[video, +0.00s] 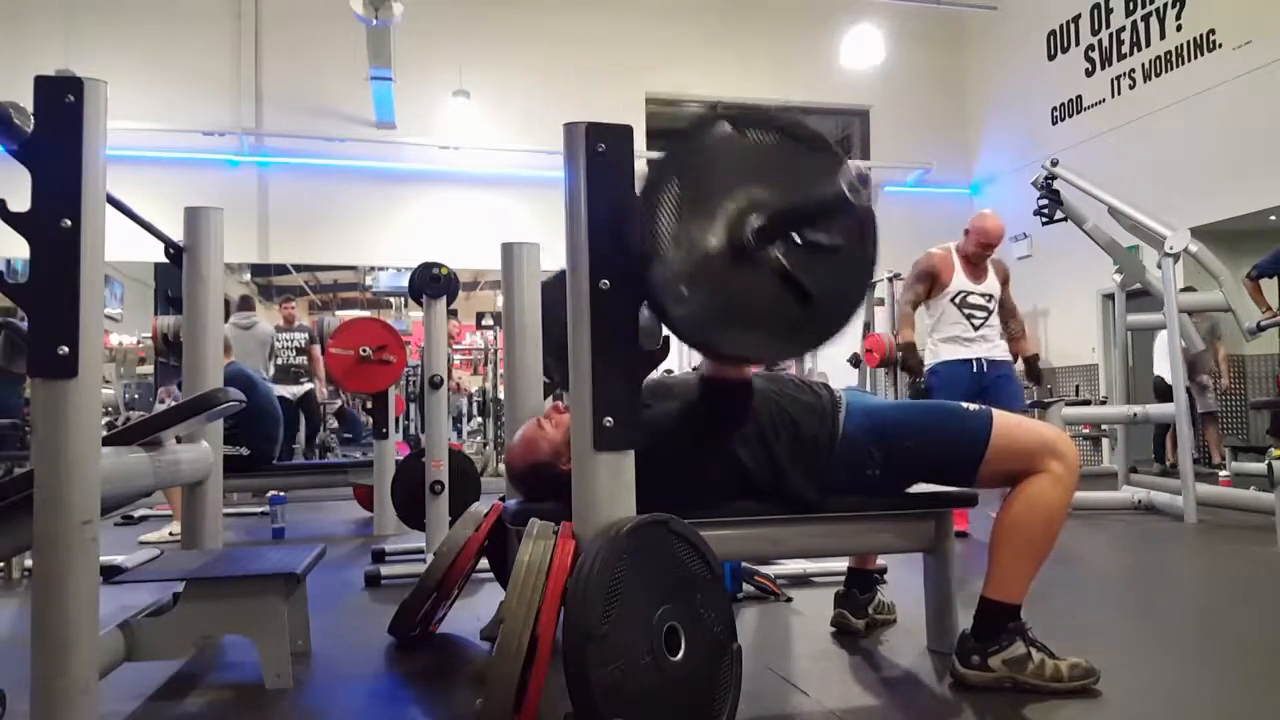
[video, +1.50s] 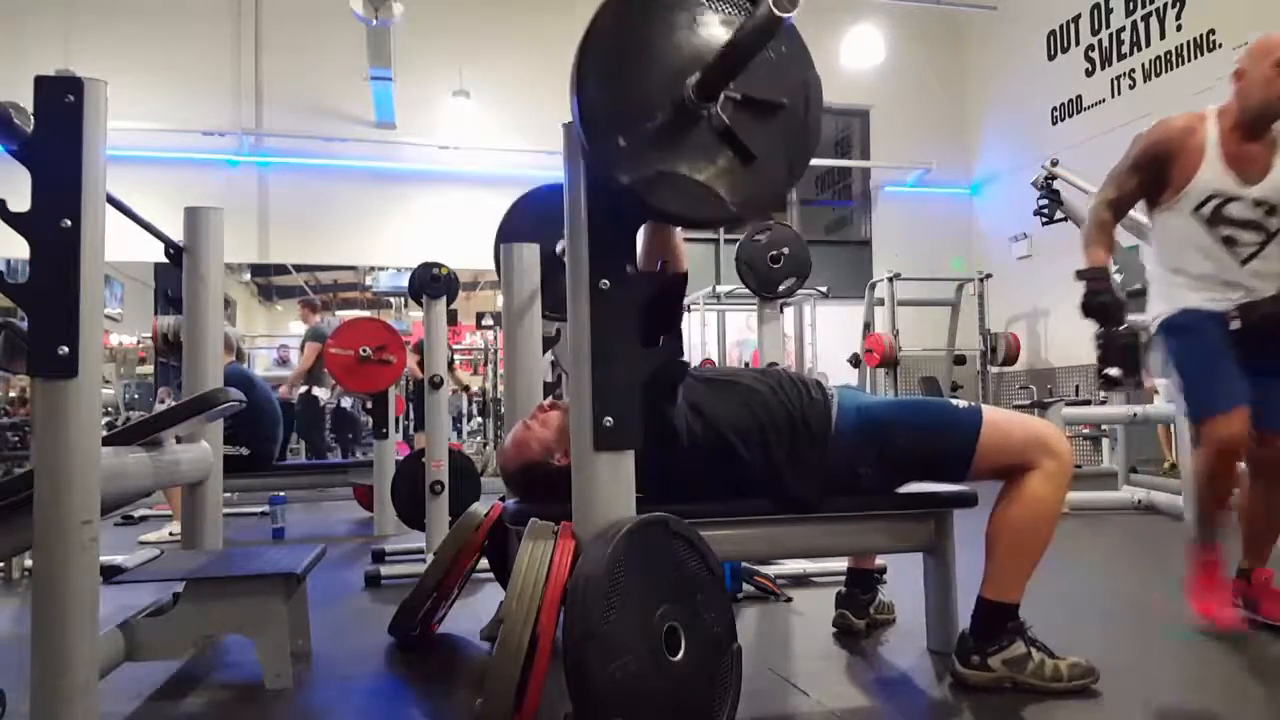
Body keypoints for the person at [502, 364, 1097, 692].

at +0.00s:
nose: (553, 410)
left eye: (544, 413)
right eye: (544, 425)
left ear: (561, 421)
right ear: (555, 461)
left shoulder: (607, 436)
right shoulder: (617, 460)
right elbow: (714, 408)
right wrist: (731, 306)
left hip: (814, 430)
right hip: (837, 435)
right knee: (1055, 456)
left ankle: (860, 595)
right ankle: (993, 640)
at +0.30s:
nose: (546, 418)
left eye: (539, 420)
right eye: (541, 431)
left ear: (551, 423)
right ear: (552, 457)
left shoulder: (605, 422)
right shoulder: (600, 452)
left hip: (778, 425)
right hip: (818, 441)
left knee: (900, 433)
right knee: (1057, 455)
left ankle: (859, 593)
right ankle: (992, 641)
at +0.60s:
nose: (553, 404)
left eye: (543, 410)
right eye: (548, 419)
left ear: (561, 450)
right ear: (566, 450)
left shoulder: (618, 435)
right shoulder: (640, 440)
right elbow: (761, 453)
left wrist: (657, 382)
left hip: (808, 430)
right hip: (850, 435)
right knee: (1059, 457)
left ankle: (858, 596)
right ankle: (991, 642)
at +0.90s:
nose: (555, 405)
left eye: (544, 410)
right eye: (548, 421)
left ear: (563, 428)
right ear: (564, 455)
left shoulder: (621, 425)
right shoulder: (630, 458)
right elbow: (757, 462)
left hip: (807, 430)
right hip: (840, 445)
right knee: (1059, 455)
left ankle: (858, 595)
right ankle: (994, 641)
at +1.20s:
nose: (546, 412)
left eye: (538, 417)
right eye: (540, 428)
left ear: (557, 422)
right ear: (557, 461)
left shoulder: (608, 425)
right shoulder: (607, 451)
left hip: (806, 426)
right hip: (835, 434)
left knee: (921, 435)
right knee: (1053, 456)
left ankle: (858, 596)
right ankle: (992, 640)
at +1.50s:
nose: (544, 406)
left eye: (533, 411)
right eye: (536, 425)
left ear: (556, 445)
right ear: (558, 460)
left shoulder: (611, 417)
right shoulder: (622, 431)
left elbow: (653, 289)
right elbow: (662, 290)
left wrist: (660, 177)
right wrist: (658, 173)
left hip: (811, 418)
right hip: (837, 431)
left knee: (906, 432)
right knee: (1049, 450)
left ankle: (861, 596)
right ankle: (992, 642)